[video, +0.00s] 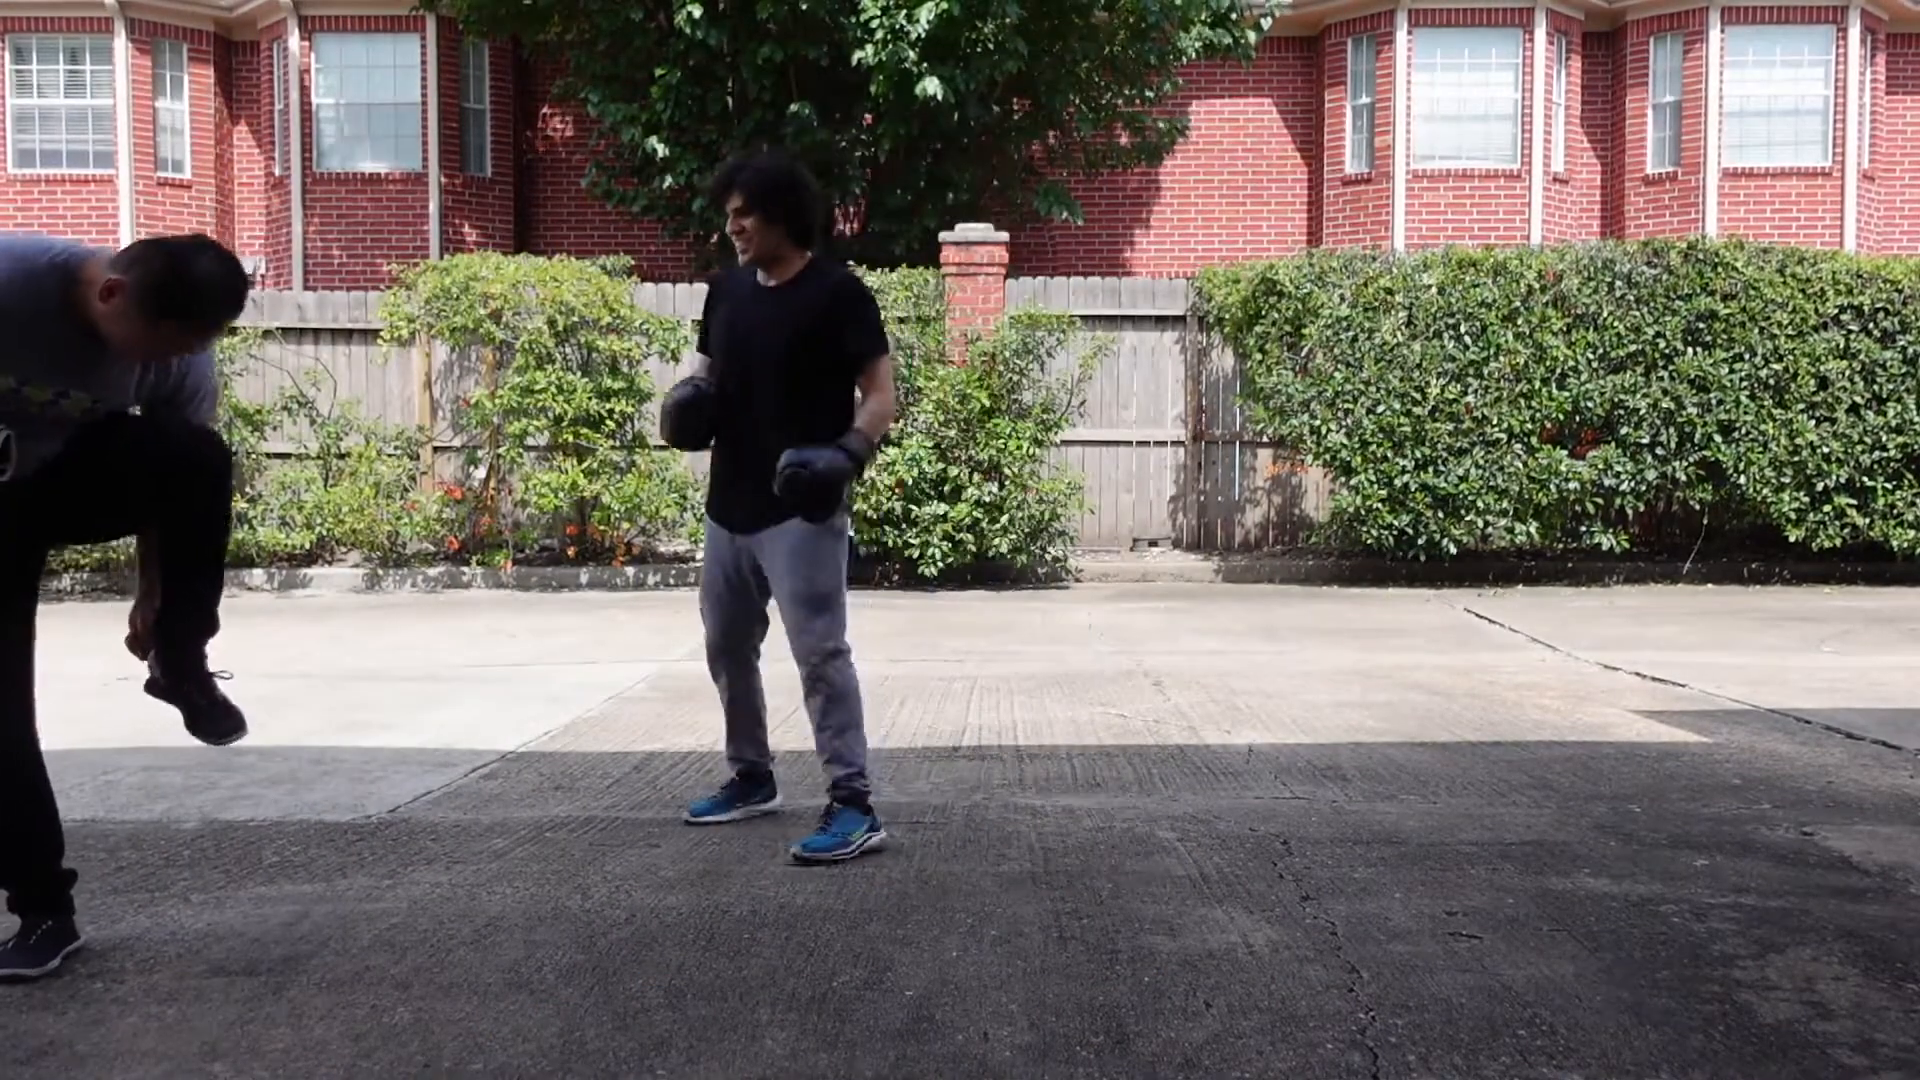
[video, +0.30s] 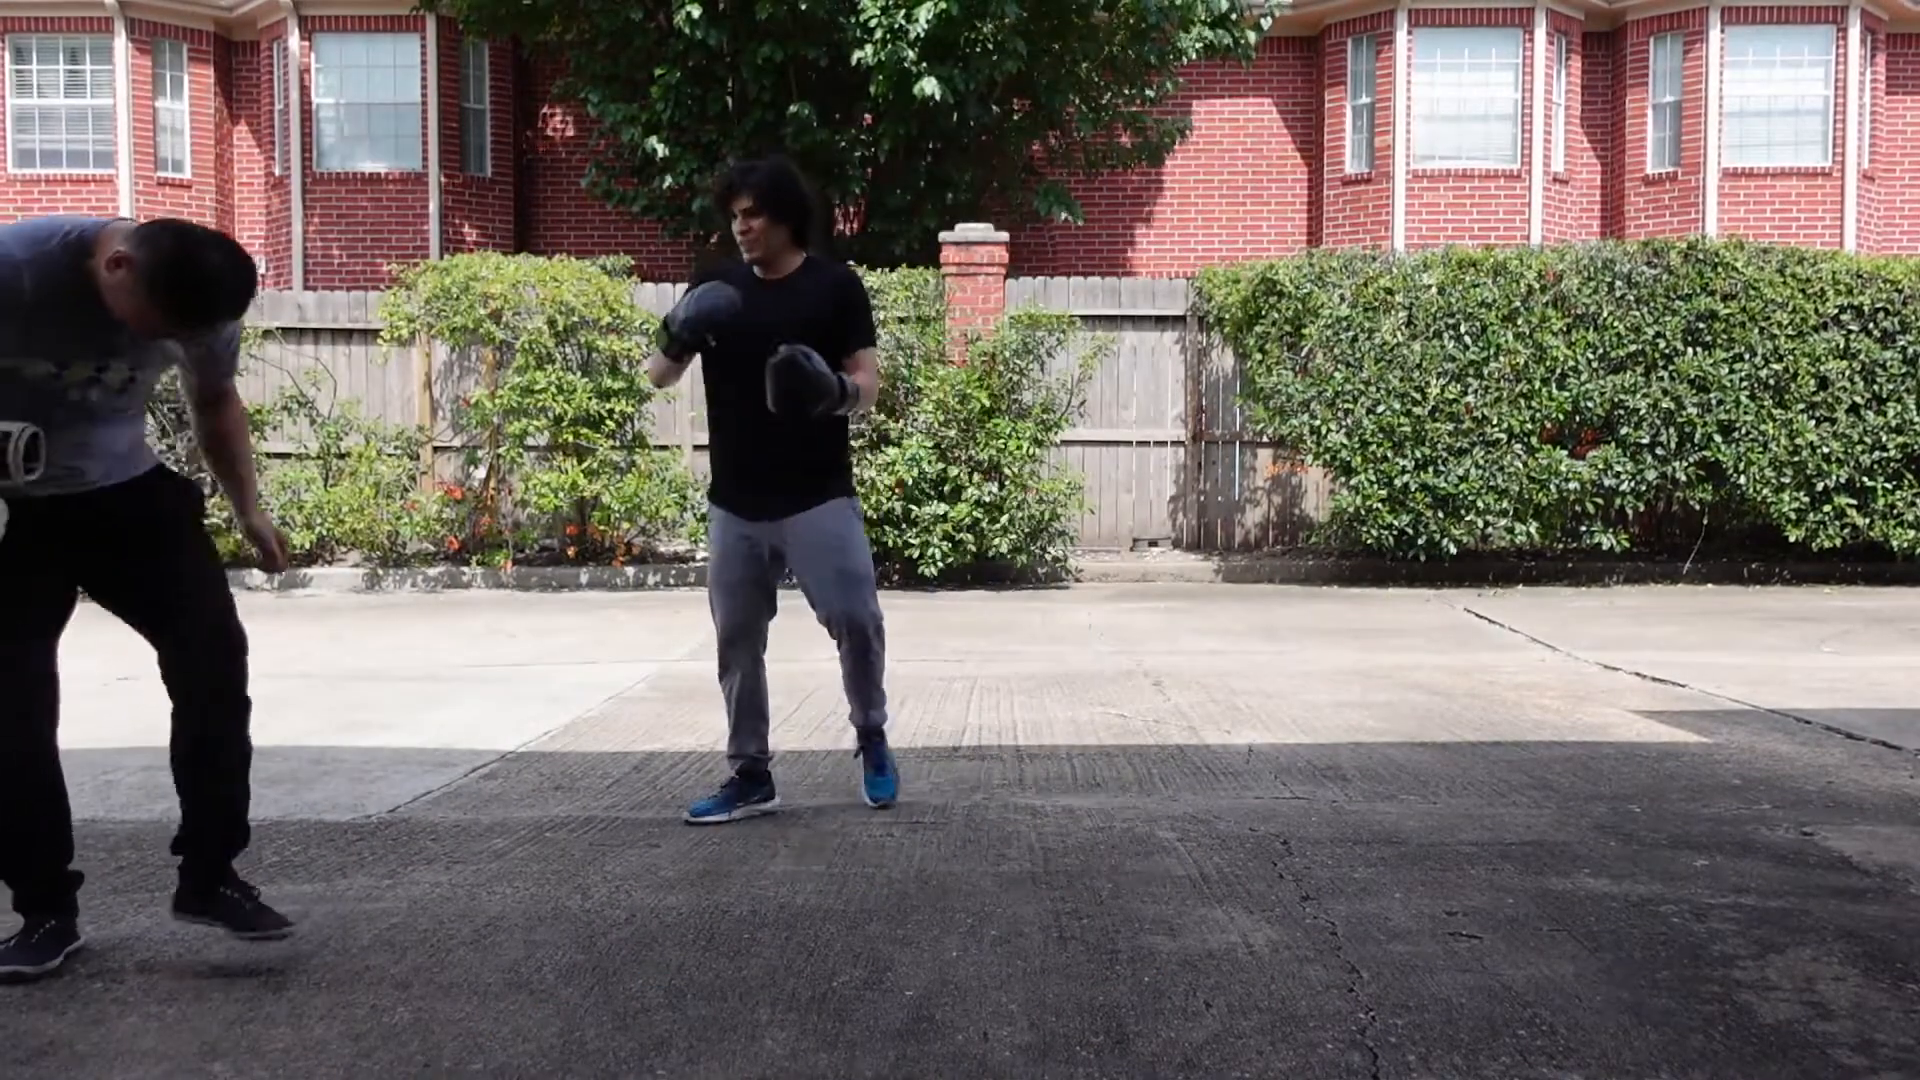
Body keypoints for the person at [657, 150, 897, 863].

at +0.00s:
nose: (734, 228)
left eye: (745, 216)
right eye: (730, 216)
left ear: (786, 215)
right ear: (735, 220)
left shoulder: (840, 292)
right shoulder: (728, 287)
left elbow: (881, 393)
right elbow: (705, 370)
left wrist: (848, 453)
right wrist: (689, 406)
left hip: (804, 507)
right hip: (730, 504)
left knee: (820, 655)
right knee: (728, 649)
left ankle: (851, 804)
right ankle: (751, 778)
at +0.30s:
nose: (743, 229)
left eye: (754, 216)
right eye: (735, 218)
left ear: (789, 215)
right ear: (730, 224)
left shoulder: (834, 285)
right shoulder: (717, 288)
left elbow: (865, 383)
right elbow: (659, 377)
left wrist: (834, 389)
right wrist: (683, 335)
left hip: (820, 497)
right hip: (737, 502)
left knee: (856, 618)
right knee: (735, 643)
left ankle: (872, 744)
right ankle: (750, 774)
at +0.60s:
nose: (793, 253)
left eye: (805, 242)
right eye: (787, 243)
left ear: (840, 246)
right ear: (782, 248)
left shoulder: (883, 315)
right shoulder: (765, 306)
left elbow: (900, 410)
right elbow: (728, 403)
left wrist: (852, 414)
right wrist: (740, 375)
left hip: (856, 517)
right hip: (775, 514)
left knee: (871, 641)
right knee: (757, 640)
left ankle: (885, 749)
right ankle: (753, 773)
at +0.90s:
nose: (837, 266)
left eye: (850, 256)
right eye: (828, 254)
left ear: (871, 265)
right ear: (814, 258)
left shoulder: (886, 325)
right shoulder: (776, 309)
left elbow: (908, 409)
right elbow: (729, 385)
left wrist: (879, 356)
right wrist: (748, 429)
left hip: (854, 511)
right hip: (776, 511)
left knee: (872, 632)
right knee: (750, 632)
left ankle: (886, 747)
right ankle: (743, 737)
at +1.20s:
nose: (855, 293)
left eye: (866, 285)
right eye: (846, 283)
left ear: (880, 292)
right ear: (824, 284)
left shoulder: (889, 341)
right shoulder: (793, 336)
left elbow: (885, 354)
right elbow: (805, 432)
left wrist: (821, 289)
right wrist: (845, 503)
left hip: (843, 526)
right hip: (772, 523)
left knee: (887, 631)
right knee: (738, 630)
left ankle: (873, 737)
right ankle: (733, 724)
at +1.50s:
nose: (773, 274)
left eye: (784, 266)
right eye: (763, 266)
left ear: (804, 276)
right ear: (746, 277)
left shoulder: (811, 341)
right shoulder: (742, 314)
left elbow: (843, 400)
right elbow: (818, 343)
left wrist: (864, 377)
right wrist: (863, 371)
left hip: (800, 541)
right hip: (722, 537)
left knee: (839, 643)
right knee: (674, 645)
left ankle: (862, 736)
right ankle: (607, 777)